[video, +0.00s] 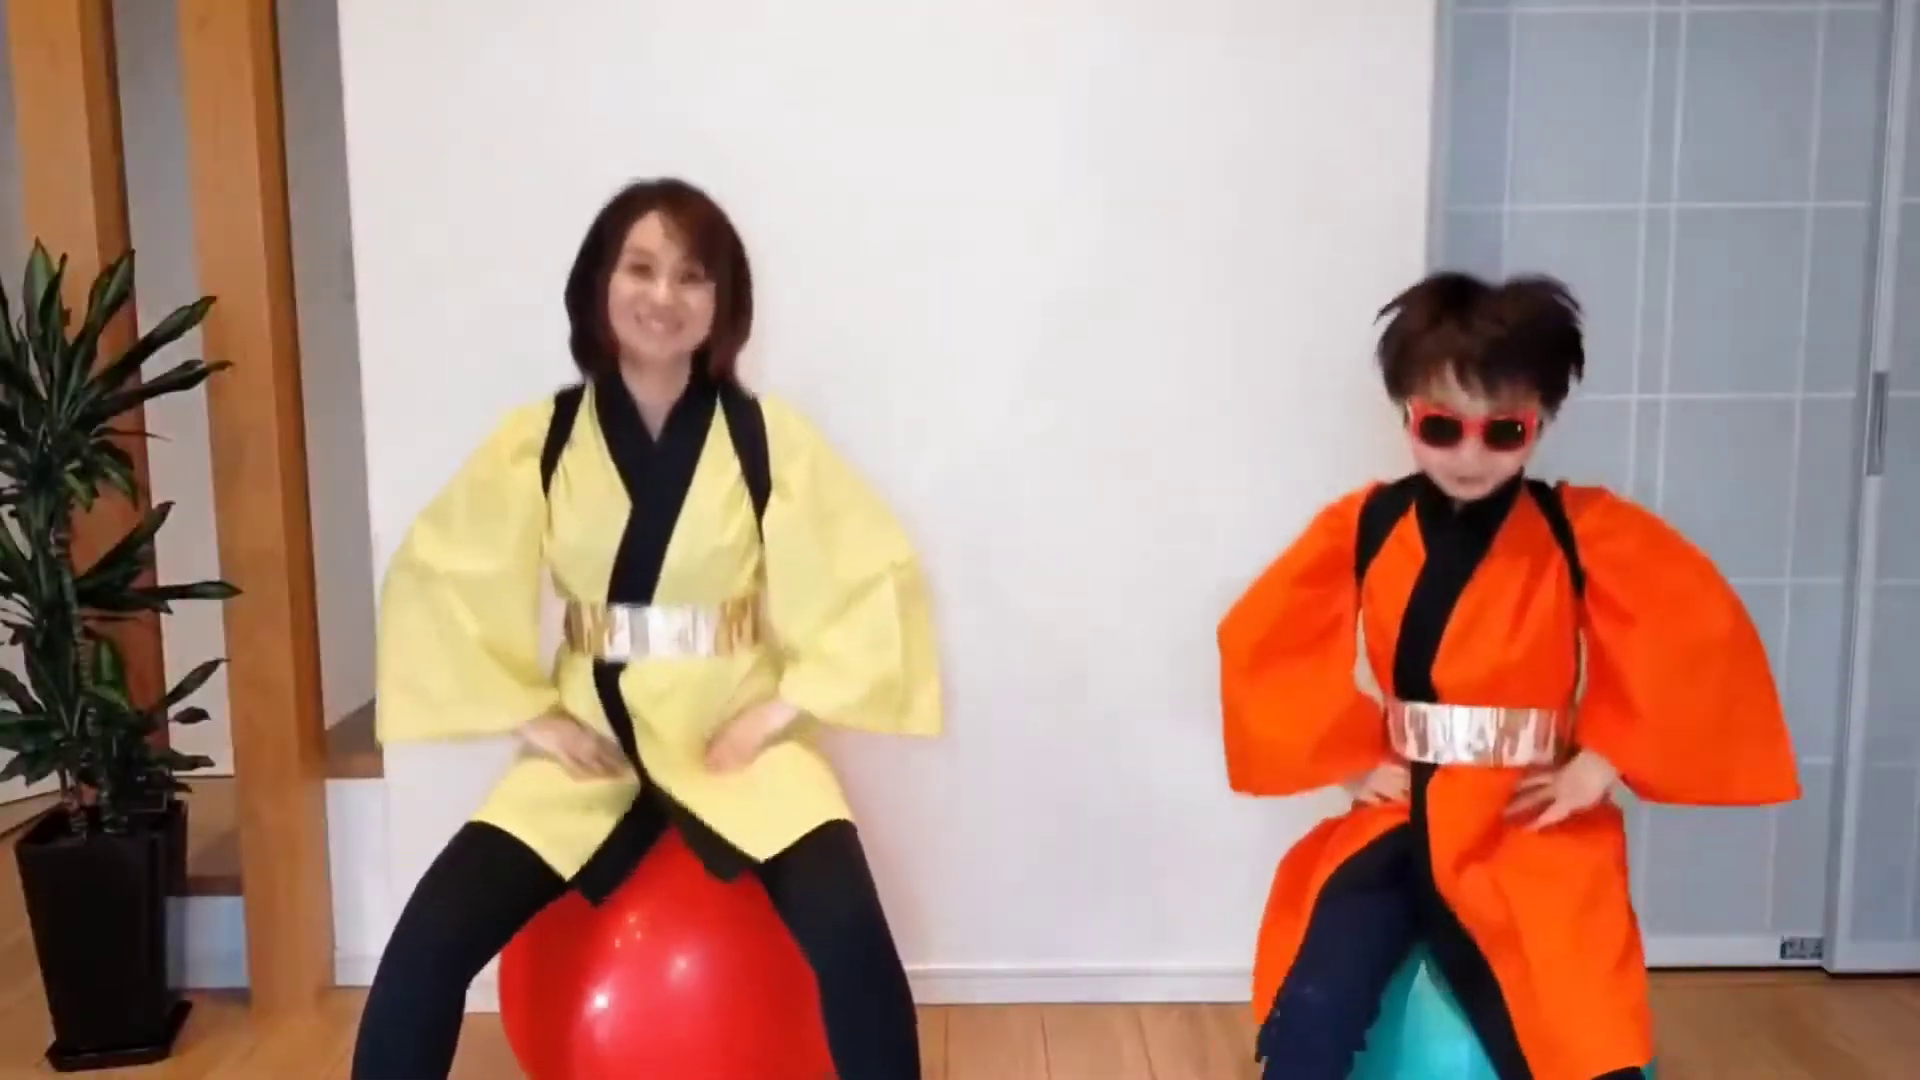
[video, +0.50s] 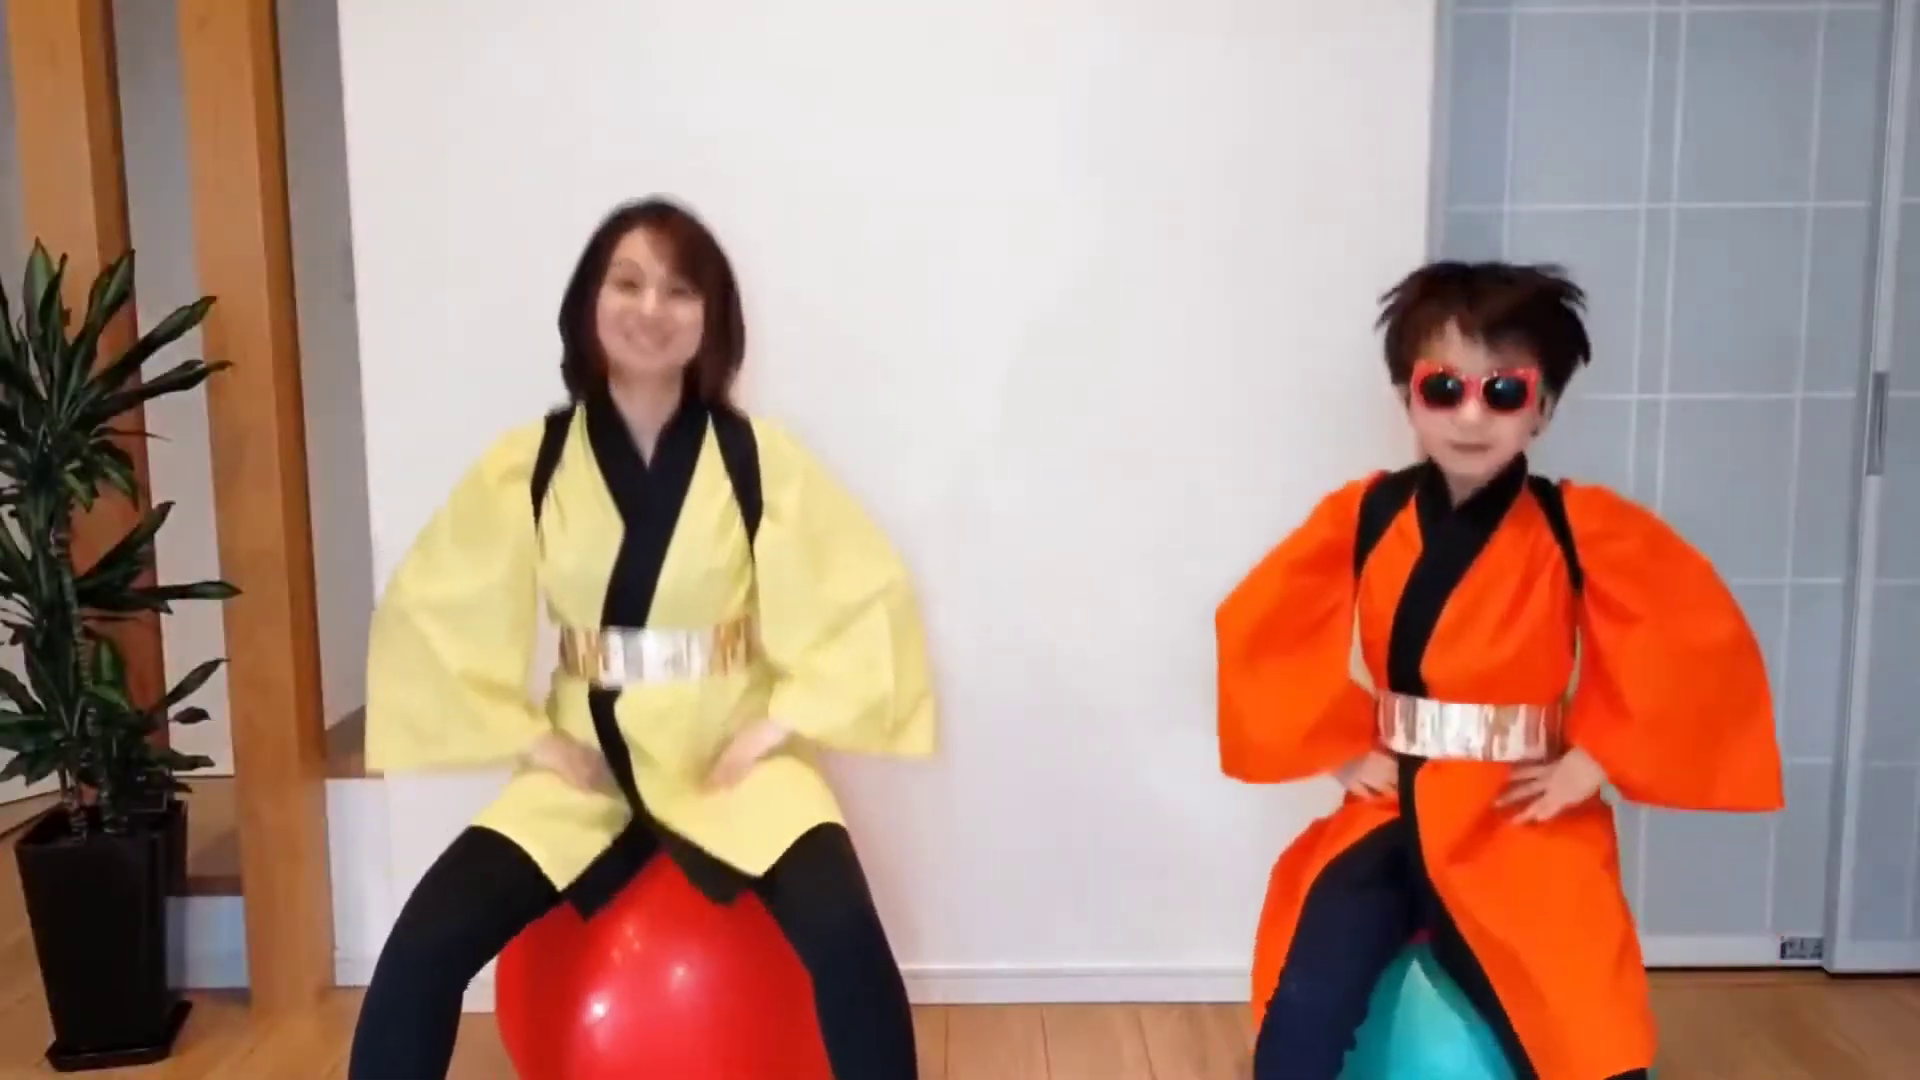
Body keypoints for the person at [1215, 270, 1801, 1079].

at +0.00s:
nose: (1471, 456)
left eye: (1503, 431)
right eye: (1442, 428)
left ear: (1541, 421)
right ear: (1404, 414)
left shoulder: (1589, 532)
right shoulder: (1363, 528)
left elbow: (1702, 644)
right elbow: (1260, 644)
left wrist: (1606, 757)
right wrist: (1353, 754)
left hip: (1535, 824)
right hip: (1396, 817)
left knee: (1583, 1041)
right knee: (1311, 1006)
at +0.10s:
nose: (1472, 506)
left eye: (1503, 483)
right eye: (1444, 480)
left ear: (1541, 481)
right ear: (1405, 476)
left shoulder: (1584, 597)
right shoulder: (1368, 587)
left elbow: (1695, 715)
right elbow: (1259, 701)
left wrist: (1602, 824)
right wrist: (1357, 809)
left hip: (1527, 871)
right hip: (1391, 859)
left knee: (1578, 1047)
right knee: (1319, 1001)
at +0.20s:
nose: (1469, 562)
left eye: (1501, 540)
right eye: (1440, 537)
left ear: (1538, 552)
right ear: (1404, 545)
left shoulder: (1578, 675)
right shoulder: (1365, 661)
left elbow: (1697, 797)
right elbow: (1253, 763)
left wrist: (1596, 898)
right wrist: (1351, 858)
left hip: (1520, 936)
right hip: (1384, 920)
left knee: (1593, 1054)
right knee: (1323, 1007)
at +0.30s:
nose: (1467, 522)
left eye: (1499, 498)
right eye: (1438, 495)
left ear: (1537, 523)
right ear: (1406, 514)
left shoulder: (1579, 648)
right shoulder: (1369, 631)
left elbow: (1700, 774)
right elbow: (1258, 743)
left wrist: (1591, 879)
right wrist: (1348, 851)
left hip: (1520, 918)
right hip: (1386, 901)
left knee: (1590, 1057)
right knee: (1317, 1012)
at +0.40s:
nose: (1470, 437)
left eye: (1504, 413)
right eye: (1442, 410)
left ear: (1543, 441)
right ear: (1407, 426)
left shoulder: (1585, 563)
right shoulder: (1366, 549)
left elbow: (1695, 697)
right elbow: (1263, 669)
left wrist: (1587, 806)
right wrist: (1351, 792)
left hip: (1524, 849)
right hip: (1389, 837)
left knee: (1554, 1039)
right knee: (1319, 997)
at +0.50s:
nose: (1471, 415)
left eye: (1505, 390)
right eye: (1443, 387)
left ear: (1543, 409)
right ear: (1407, 397)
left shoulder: (1582, 525)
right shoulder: (1363, 517)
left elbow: (1702, 642)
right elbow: (1256, 630)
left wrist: (1597, 756)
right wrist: (1341, 743)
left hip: (1529, 820)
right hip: (1392, 813)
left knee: (1595, 1030)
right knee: (1307, 994)